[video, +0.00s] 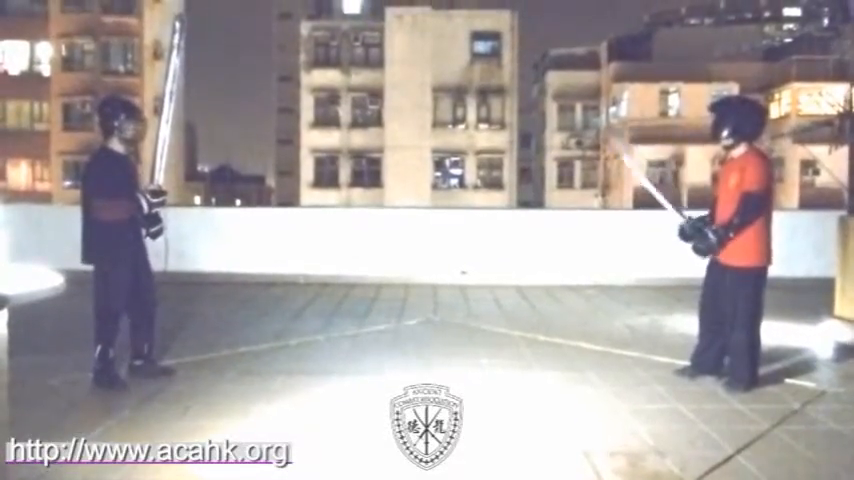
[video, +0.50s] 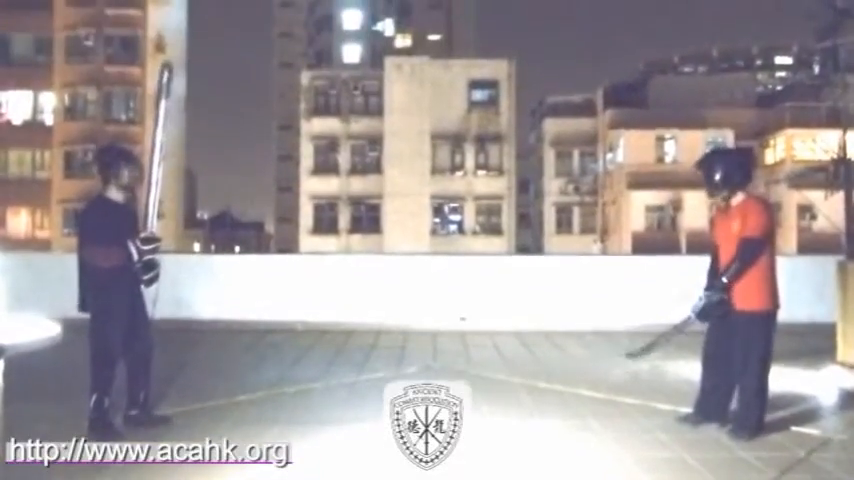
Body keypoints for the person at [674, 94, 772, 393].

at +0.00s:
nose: (717, 129)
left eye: (722, 123)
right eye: (718, 123)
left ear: (738, 127)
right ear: (730, 127)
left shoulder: (755, 163)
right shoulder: (725, 163)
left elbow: (751, 206)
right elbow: (722, 207)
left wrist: (720, 235)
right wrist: (702, 223)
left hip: (747, 256)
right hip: (723, 253)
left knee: (741, 317)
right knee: (712, 310)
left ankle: (741, 374)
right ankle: (706, 362)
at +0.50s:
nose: (709, 184)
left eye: (713, 176)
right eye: (707, 177)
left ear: (729, 176)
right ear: (715, 178)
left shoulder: (756, 209)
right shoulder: (719, 215)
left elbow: (749, 252)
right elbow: (717, 258)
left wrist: (721, 286)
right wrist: (709, 293)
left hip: (755, 303)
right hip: (728, 301)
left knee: (752, 364)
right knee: (717, 357)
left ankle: (748, 420)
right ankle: (709, 409)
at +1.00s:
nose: (702, 197)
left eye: (703, 190)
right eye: (699, 192)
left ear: (717, 185)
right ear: (718, 186)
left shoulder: (749, 208)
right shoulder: (722, 214)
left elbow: (744, 251)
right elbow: (717, 259)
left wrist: (718, 287)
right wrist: (706, 290)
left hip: (751, 303)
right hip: (726, 301)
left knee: (747, 365)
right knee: (715, 358)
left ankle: (745, 421)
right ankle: (707, 410)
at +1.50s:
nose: (704, 192)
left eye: (706, 184)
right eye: (702, 185)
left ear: (722, 180)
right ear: (716, 182)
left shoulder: (752, 208)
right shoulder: (721, 213)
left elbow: (748, 250)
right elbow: (719, 257)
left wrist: (722, 288)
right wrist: (708, 290)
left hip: (753, 303)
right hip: (727, 301)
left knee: (750, 364)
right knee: (716, 357)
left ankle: (746, 422)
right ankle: (708, 410)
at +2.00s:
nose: (724, 182)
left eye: (727, 174)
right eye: (722, 175)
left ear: (743, 170)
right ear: (736, 172)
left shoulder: (772, 198)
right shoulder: (741, 204)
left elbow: (767, 243)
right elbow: (738, 248)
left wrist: (740, 280)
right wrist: (727, 280)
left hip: (773, 295)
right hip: (747, 293)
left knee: (771, 357)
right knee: (736, 350)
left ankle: (769, 414)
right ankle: (731, 403)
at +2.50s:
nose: (719, 189)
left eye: (722, 181)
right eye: (718, 182)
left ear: (738, 178)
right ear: (733, 181)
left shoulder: (766, 208)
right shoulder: (736, 212)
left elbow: (760, 249)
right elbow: (731, 255)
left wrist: (733, 285)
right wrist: (720, 286)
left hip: (764, 302)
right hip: (739, 300)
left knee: (761, 363)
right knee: (727, 356)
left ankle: (758, 420)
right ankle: (719, 408)